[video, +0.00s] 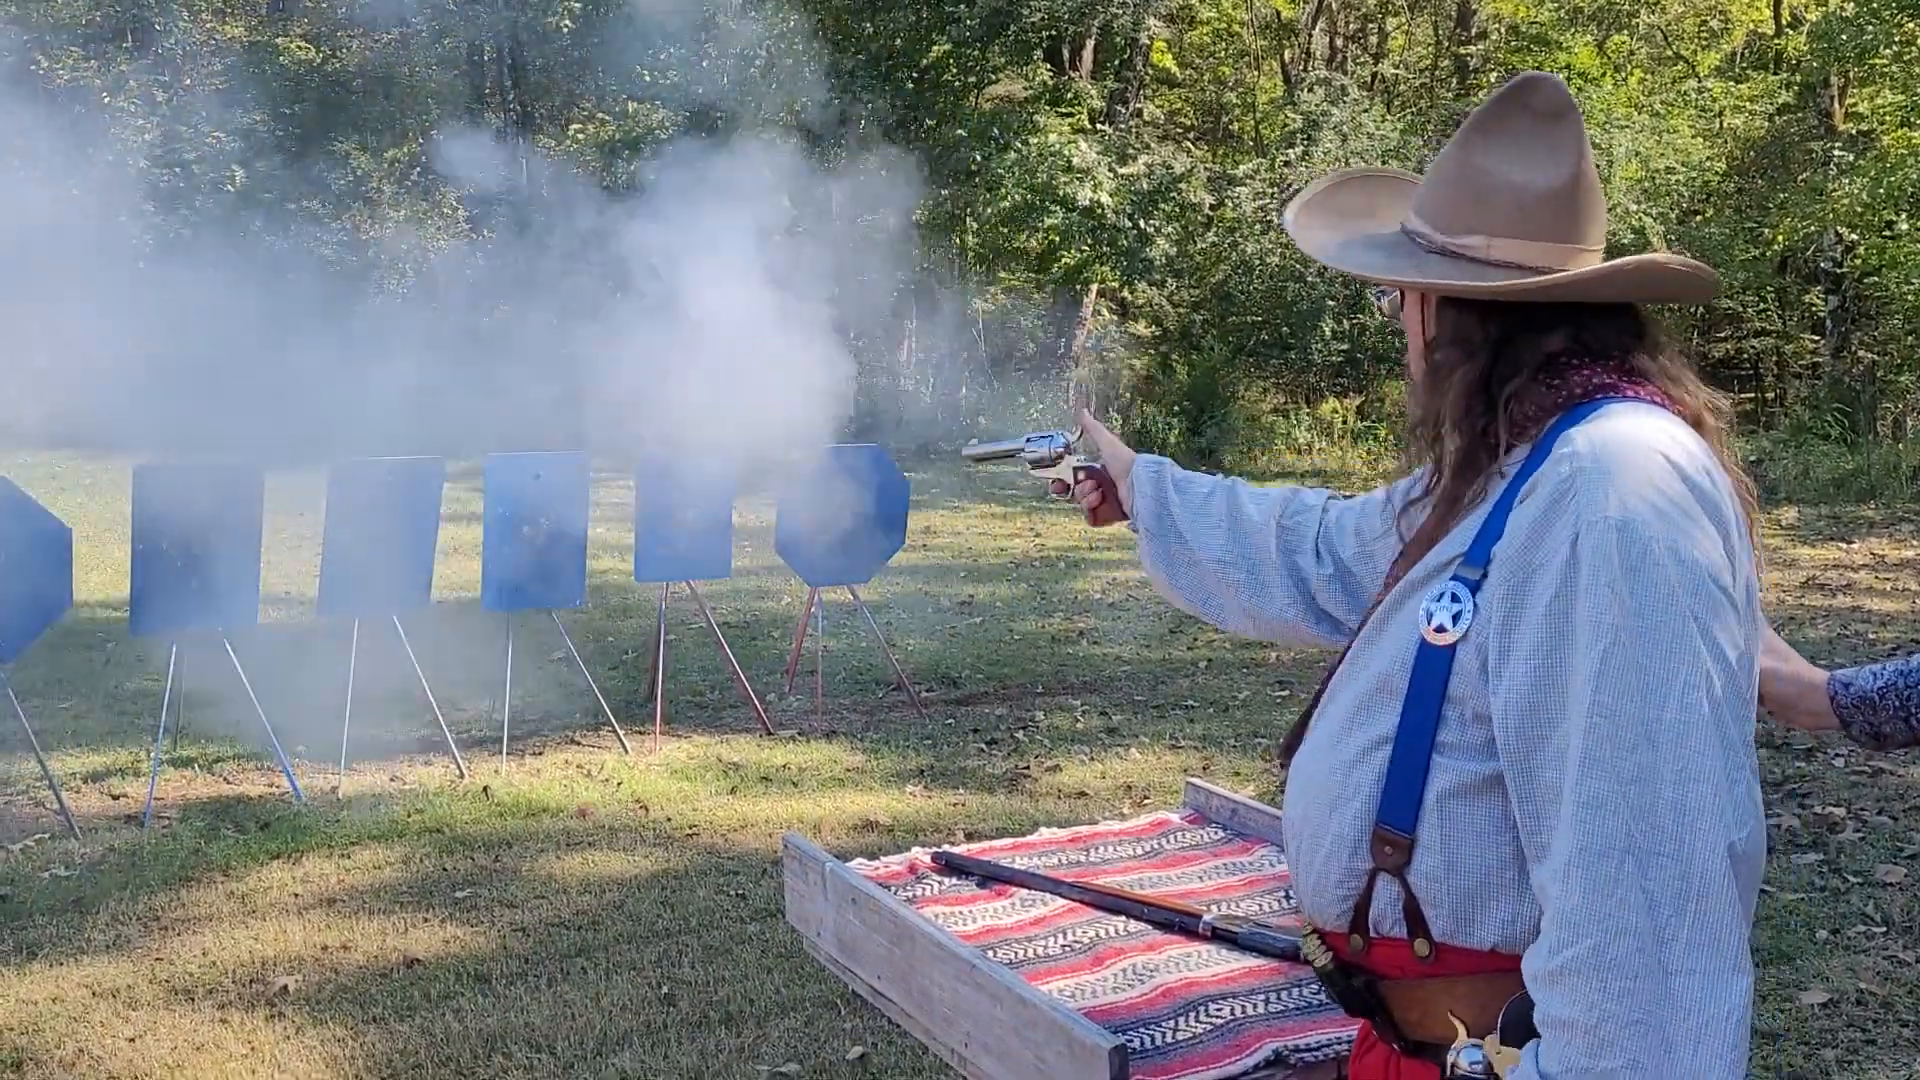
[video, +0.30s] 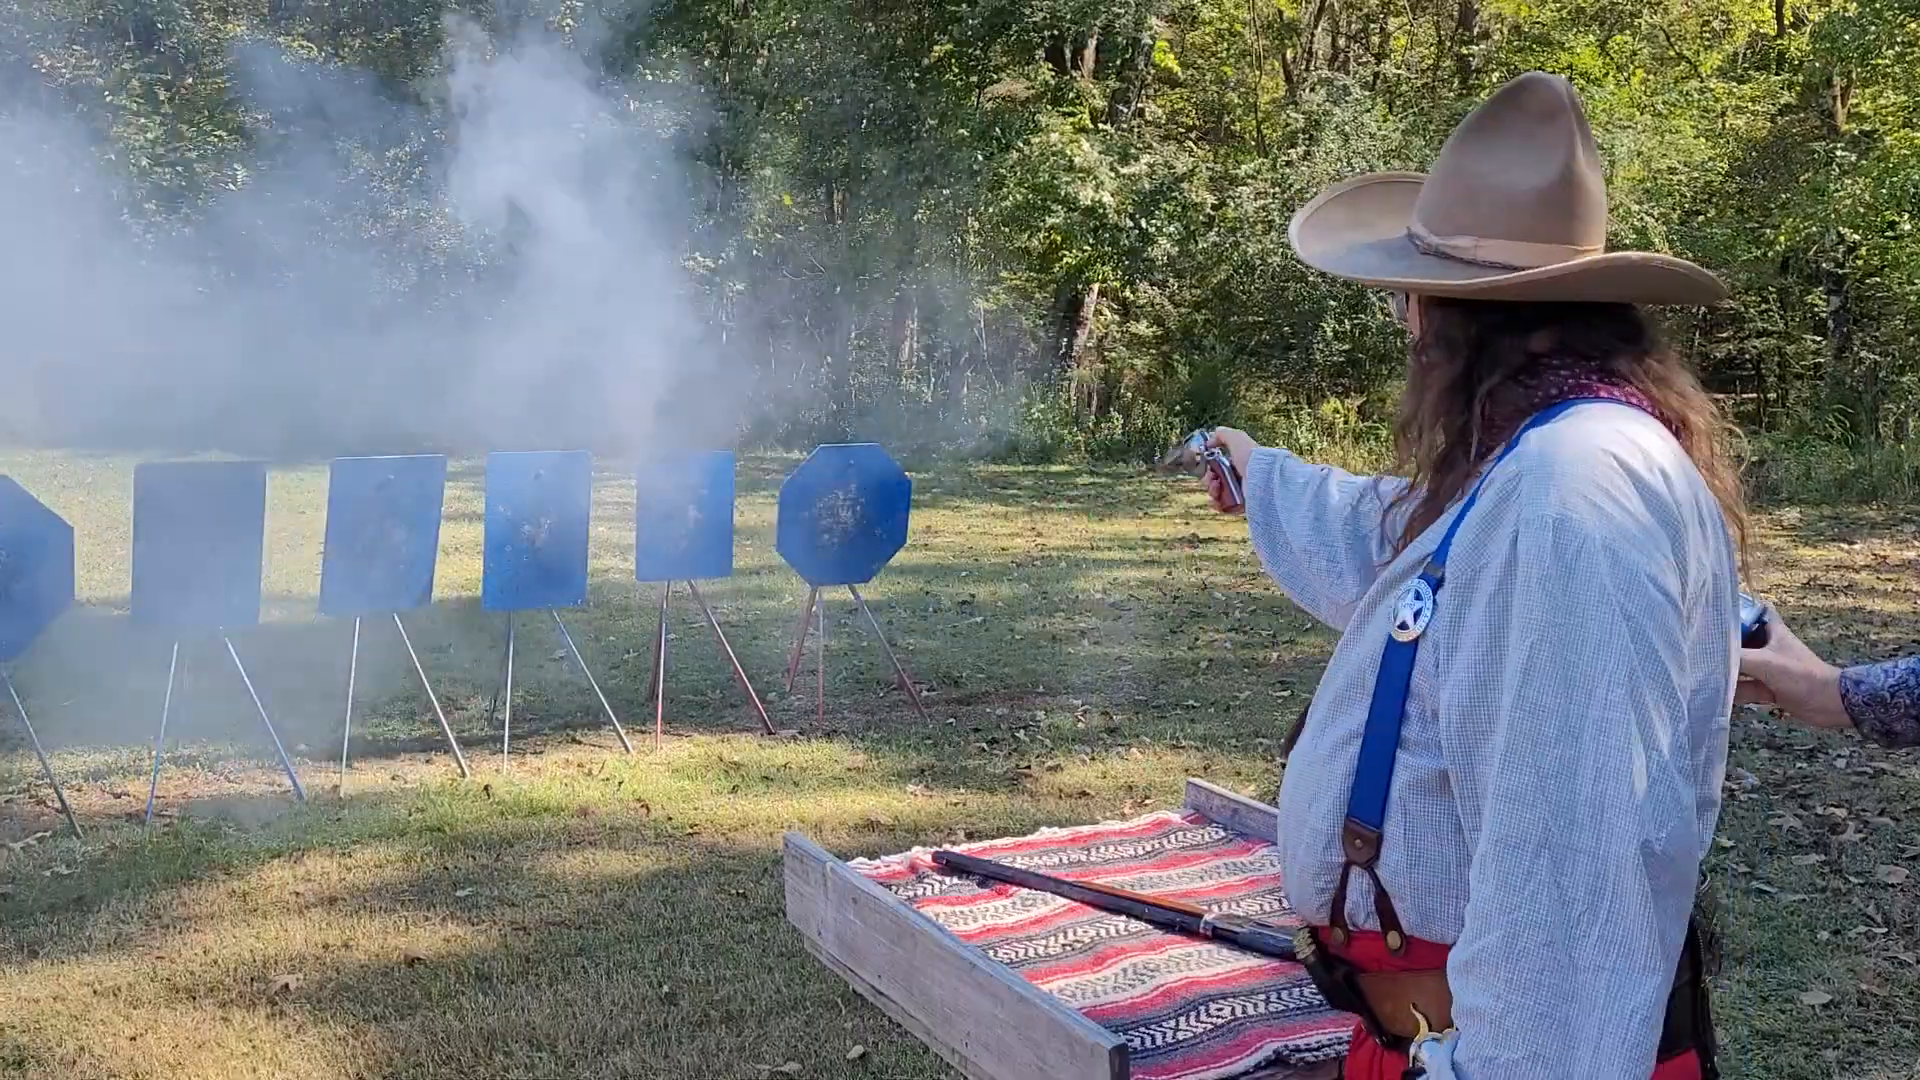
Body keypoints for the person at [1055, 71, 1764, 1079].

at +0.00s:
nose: (1396, 317)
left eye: (1403, 289)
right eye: (1398, 288)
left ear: (1438, 310)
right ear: (1541, 303)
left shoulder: (1623, 493)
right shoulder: (1496, 469)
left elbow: (1647, 917)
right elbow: (1325, 546)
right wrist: (1144, 489)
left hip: (1489, 1037)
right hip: (1397, 998)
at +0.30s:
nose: (1403, 318)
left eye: (1416, 294)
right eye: (1404, 291)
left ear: (1466, 314)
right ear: (1544, 308)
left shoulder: (1572, 494)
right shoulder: (1528, 462)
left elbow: (1563, 898)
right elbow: (1388, 534)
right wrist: (1256, 477)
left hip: (1483, 1028)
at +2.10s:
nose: (1409, 335)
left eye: (1420, 309)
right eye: (1412, 306)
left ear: (1462, 323)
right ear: (1572, 310)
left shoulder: (1548, 478)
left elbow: (1596, 811)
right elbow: (1412, 507)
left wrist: (1437, 1047)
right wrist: (1306, 423)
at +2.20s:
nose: (1403, 334)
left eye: (1415, 308)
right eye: (1407, 306)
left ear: (1459, 320)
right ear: (1572, 307)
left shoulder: (1543, 465)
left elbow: (1672, 763)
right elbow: (1429, 519)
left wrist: (1467, 985)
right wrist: (1332, 457)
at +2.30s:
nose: (1388, 345)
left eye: (1395, 318)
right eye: (1389, 317)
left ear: (1435, 326)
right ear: (1564, 307)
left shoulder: (1523, 456)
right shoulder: (1597, 427)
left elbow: (1695, 719)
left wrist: (1489, 953)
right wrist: (1398, 513)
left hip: (1489, 1045)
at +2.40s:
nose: (1370, 364)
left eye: (1376, 334)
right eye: (1368, 333)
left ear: (1410, 336)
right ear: (1536, 309)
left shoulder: (1512, 461)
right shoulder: (1611, 437)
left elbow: (1694, 709)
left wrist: (1502, 941)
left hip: (1486, 1048)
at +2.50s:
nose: (1361, 378)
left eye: (1364, 351)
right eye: (1358, 352)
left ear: (1395, 355)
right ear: (1534, 307)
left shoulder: (1497, 459)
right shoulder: (1627, 420)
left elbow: (1674, 697)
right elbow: (1771, 554)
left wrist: (1510, 951)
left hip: (1488, 1046)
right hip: (1617, 1019)